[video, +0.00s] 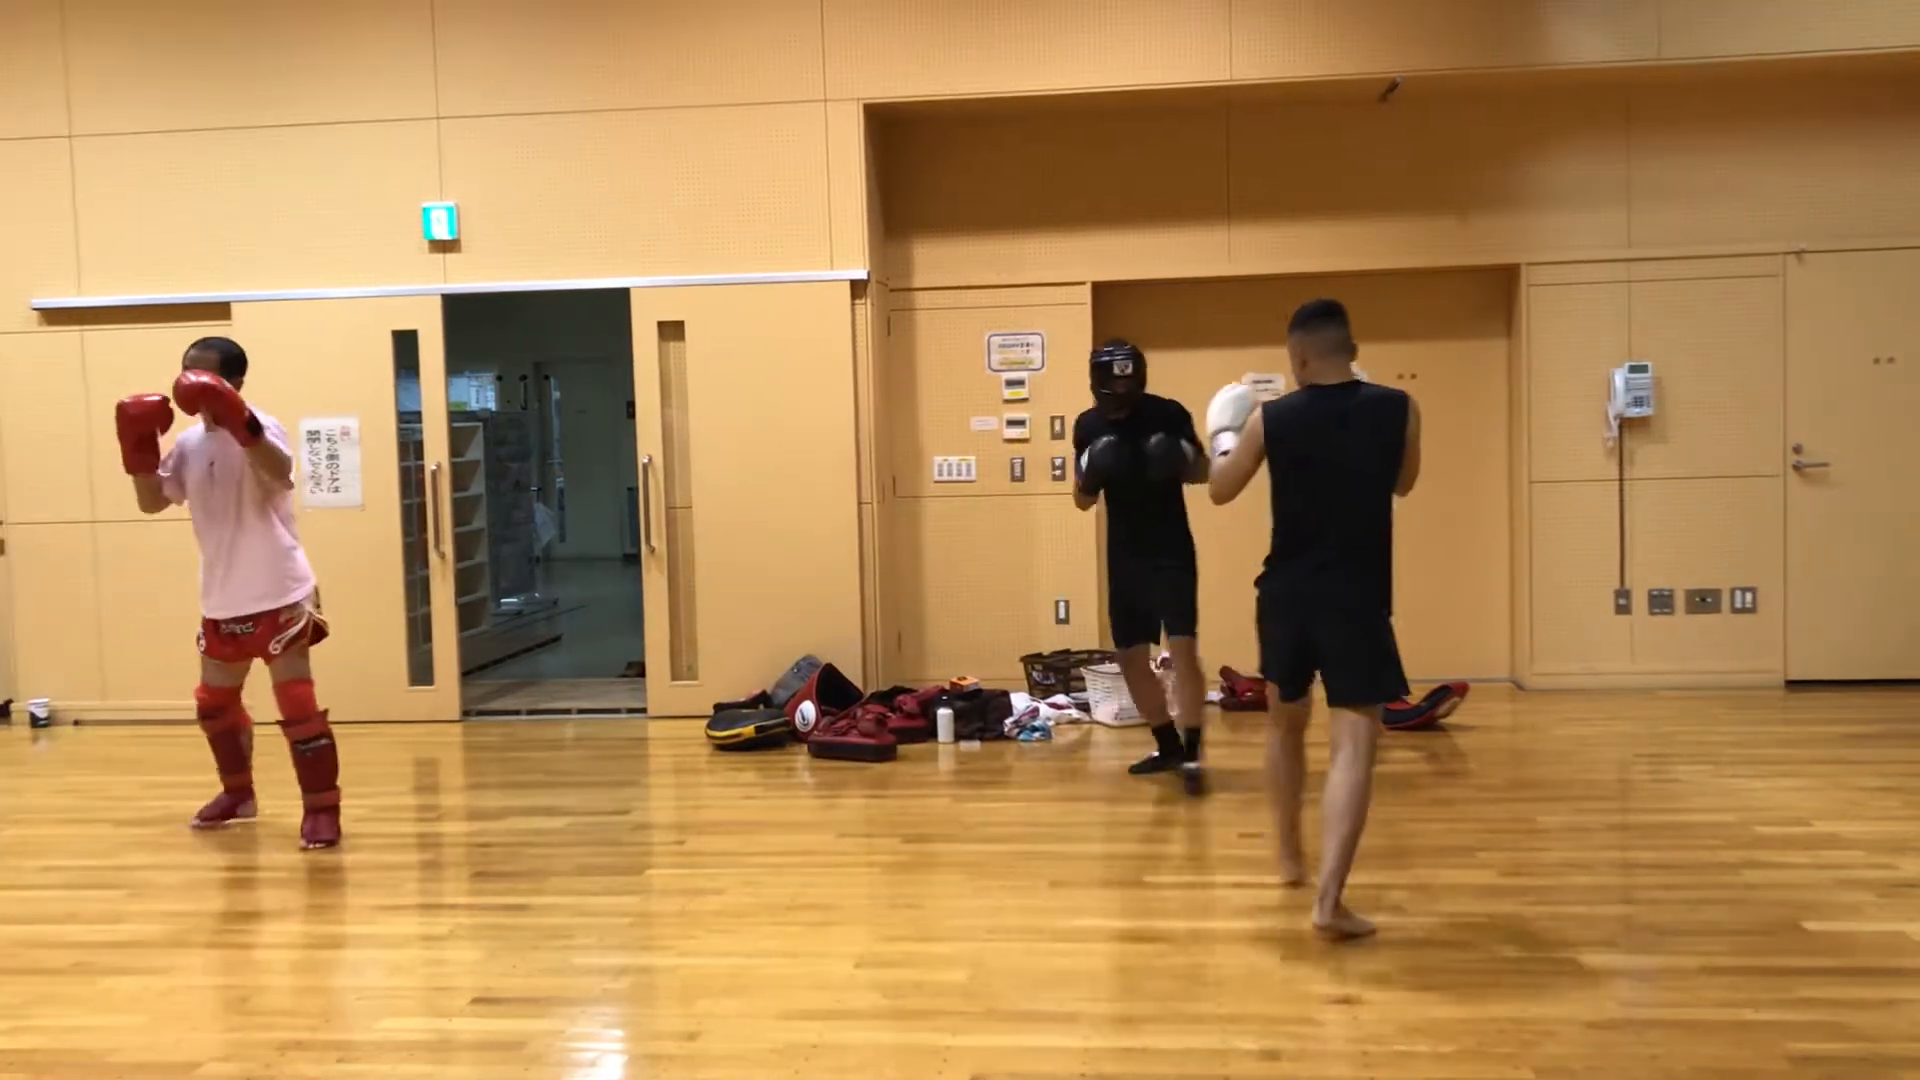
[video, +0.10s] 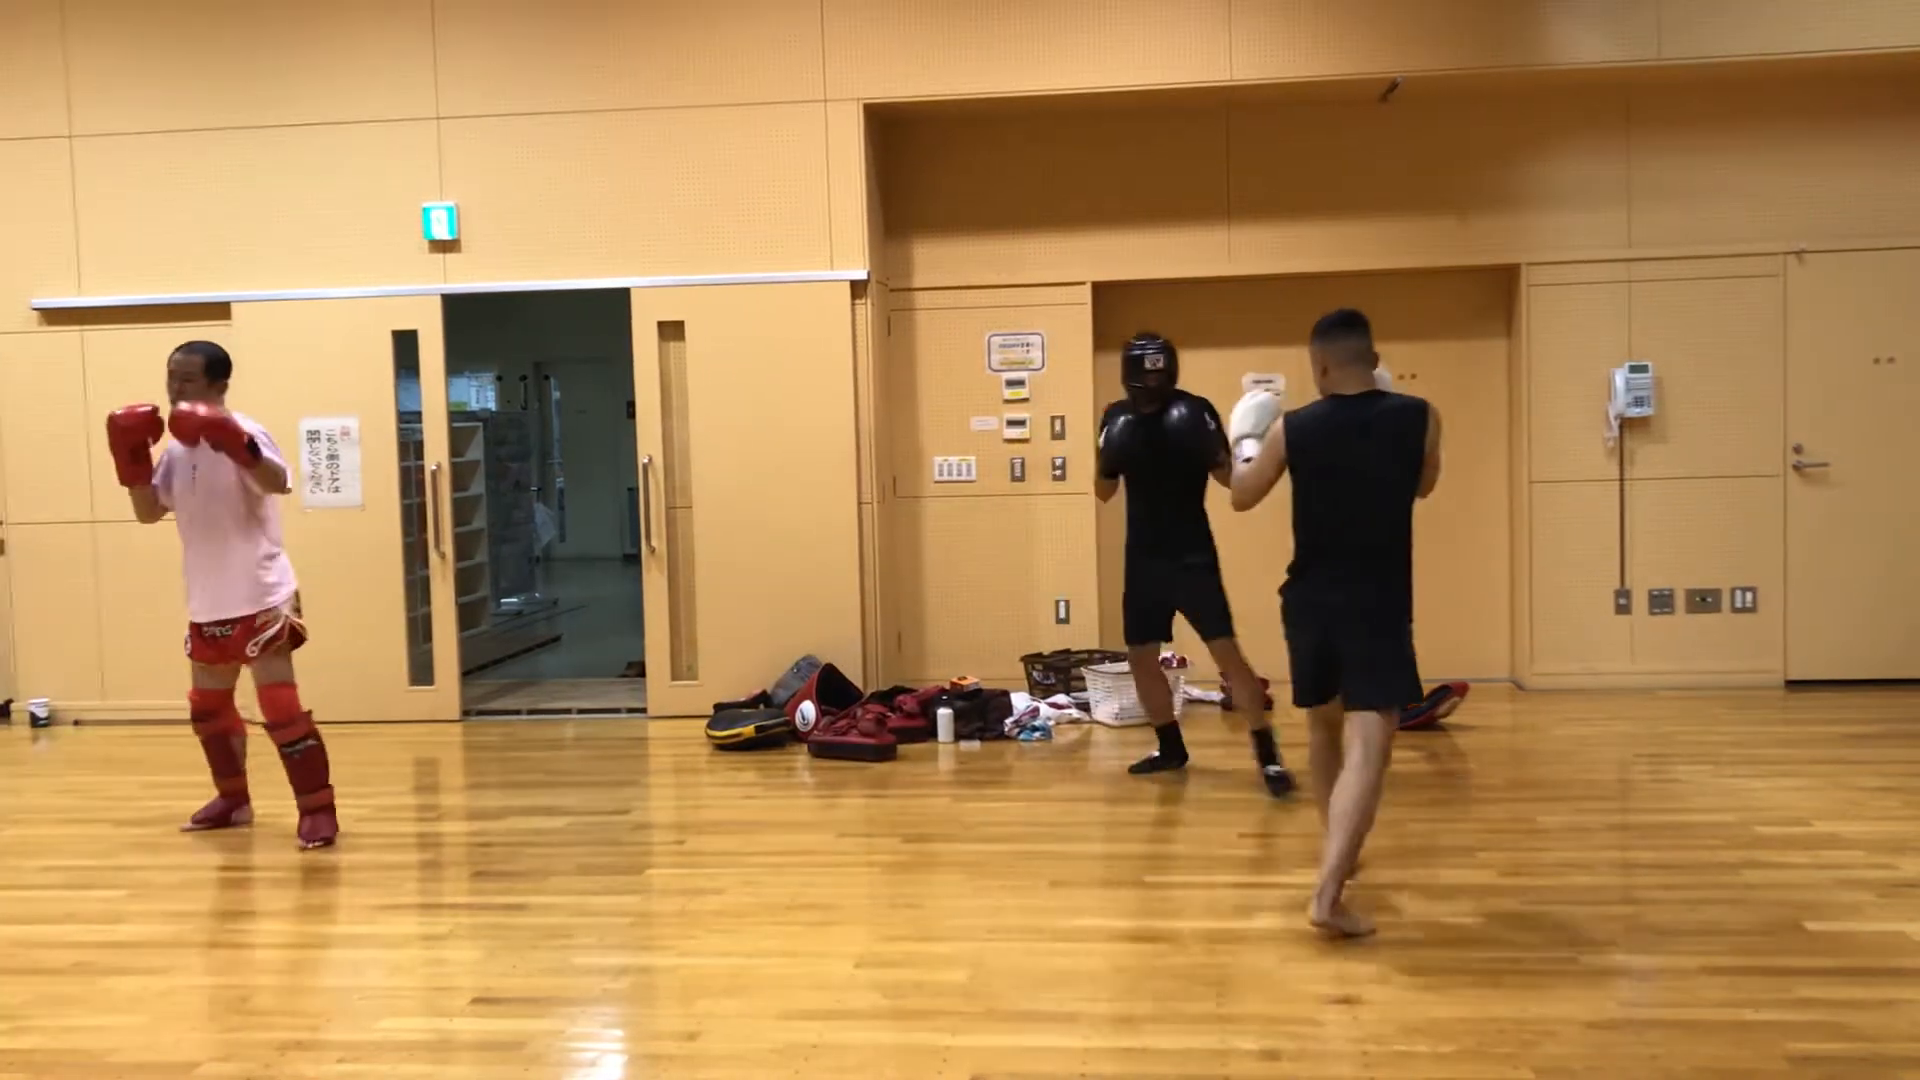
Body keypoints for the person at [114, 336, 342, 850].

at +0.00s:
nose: (194, 389)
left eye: (204, 378)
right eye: (189, 378)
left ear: (233, 382)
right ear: (183, 385)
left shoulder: (263, 429)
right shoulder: (188, 444)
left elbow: (282, 474)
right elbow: (153, 498)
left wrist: (238, 422)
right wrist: (138, 445)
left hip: (280, 587)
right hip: (223, 593)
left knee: (295, 700)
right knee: (216, 701)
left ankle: (321, 809)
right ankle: (237, 793)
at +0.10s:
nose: (177, 391)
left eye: (188, 381)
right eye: (171, 380)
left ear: (219, 385)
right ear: (166, 385)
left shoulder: (244, 432)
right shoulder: (175, 451)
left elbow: (278, 482)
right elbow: (148, 512)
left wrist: (234, 443)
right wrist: (132, 457)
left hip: (261, 593)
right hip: (207, 599)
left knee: (278, 702)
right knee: (209, 706)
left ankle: (316, 809)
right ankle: (232, 799)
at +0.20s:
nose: (160, 387)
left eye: (172, 378)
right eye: (156, 378)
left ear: (204, 384)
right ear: (155, 384)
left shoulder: (235, 438)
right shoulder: (162, 447)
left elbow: (277, 491)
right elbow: (135, 509)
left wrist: (233, 470)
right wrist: (112, 461)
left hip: (248, 594)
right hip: (195, 600)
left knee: (261, 702)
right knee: (204, 708)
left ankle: (307, 804)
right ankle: (232, 799)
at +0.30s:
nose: (146, 386)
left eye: (158, 377)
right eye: (143, 376)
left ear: (189, 384)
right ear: (139, 382)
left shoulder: (222, 438)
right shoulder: (148, 448)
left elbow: (277, 494)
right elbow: (115, 505)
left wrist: (243, 485)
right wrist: (94, 456)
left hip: (239, 593)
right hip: (186, 601)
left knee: (241, 704)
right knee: (204, 708)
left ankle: (280, 805)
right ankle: (232, 799)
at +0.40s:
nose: (143, 388)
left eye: (155, 379)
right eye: (138, 378)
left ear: (185, 385)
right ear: (133, 383)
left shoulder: (217, 439)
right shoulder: (138, 447)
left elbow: (274, 495)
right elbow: (102, 504)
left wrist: (247, 481)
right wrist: (87, 455)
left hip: (231, 592)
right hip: (178, 599)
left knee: (228, 704)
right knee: (199, 710)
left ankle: (254, 808)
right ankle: (229, 796)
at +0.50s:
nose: (137, 389)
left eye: (150, 381)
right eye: (132, 379)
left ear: (179, 388)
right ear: (125, 384)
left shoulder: (207, 442)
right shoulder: (125, 450)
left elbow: (267, 498)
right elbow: (90, 510)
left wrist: (248, 473)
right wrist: (78, 458)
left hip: (217, 594)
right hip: (165, 601)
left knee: (210, 708)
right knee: (191, 714)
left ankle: (217, 817)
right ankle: (229, 802)